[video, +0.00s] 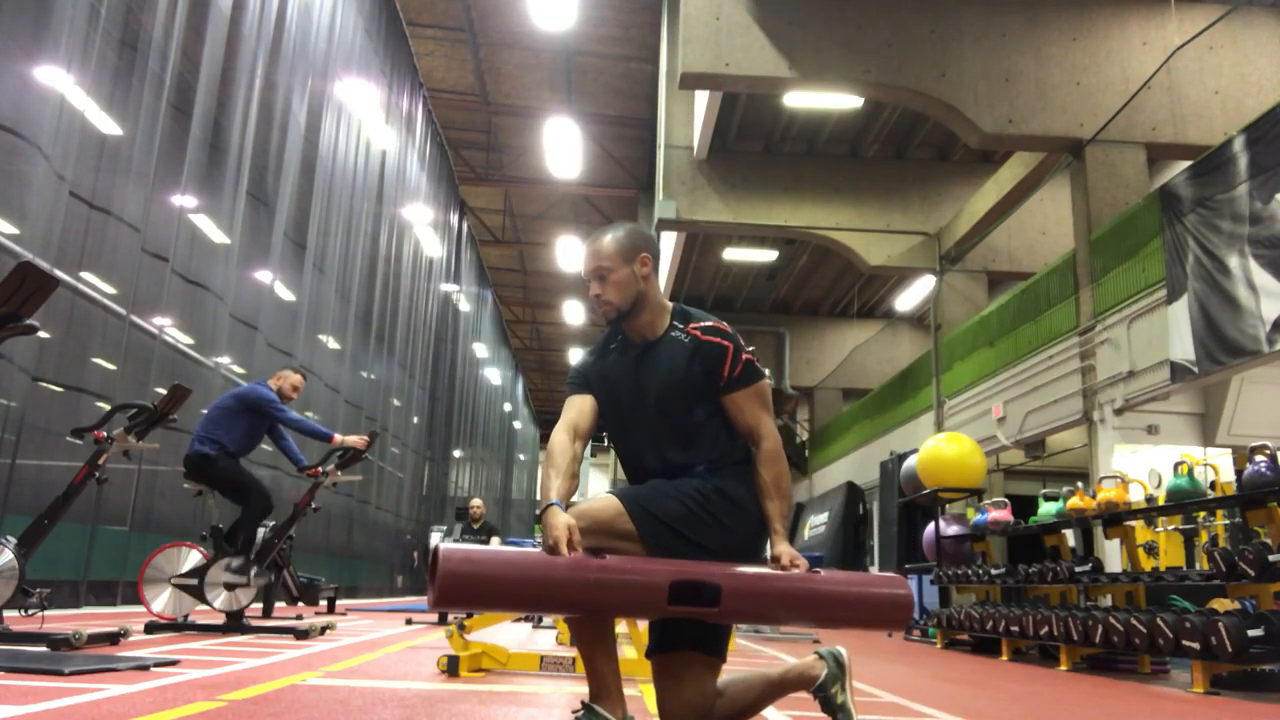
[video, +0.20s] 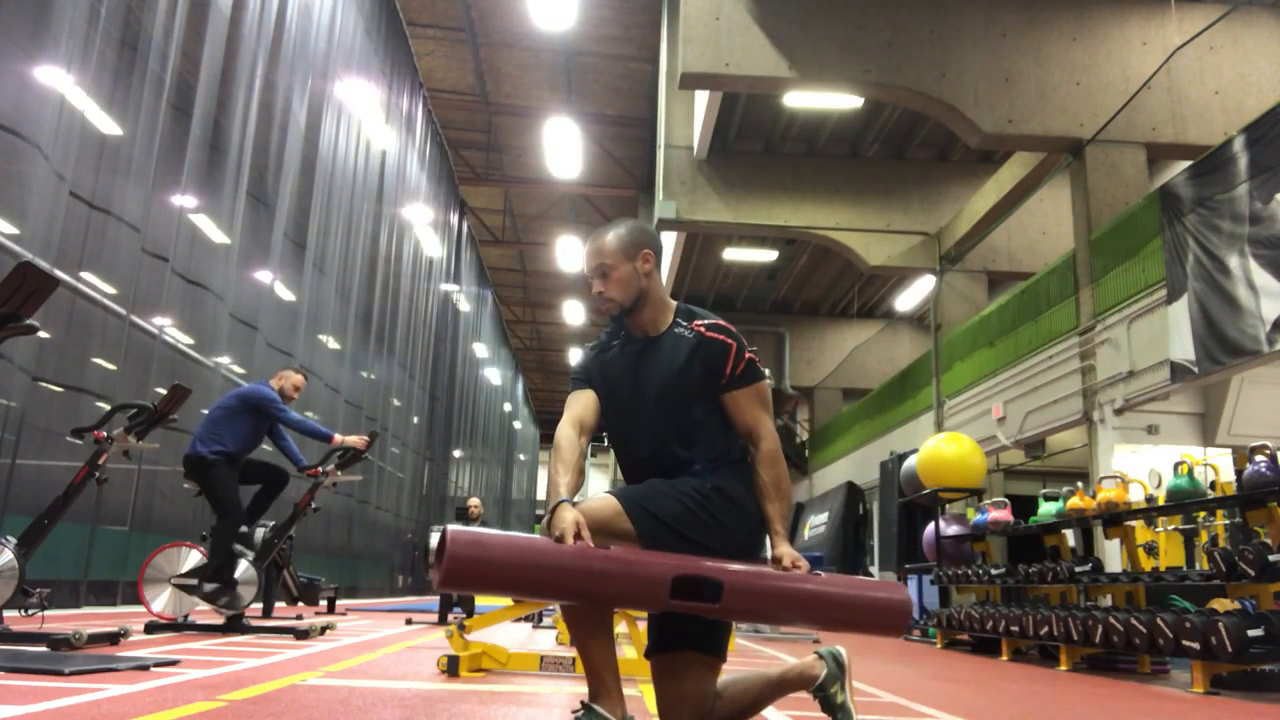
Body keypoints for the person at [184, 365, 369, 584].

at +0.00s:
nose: (294, 396)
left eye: (298, 393)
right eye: (293, 388)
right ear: (277, 379)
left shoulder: (267, 406)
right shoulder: (259, 393)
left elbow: (282, 439)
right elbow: (293, 420)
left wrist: (305, 467)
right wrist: (340, 439)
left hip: (218, 459)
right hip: (207, 458)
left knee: (260, 502)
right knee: (259, 501)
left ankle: (226, 547)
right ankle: (238, 561)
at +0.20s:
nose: (296, 395)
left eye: (299, 392)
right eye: (295, 388)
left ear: (283, 385)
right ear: (279, 379)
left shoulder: (266, 402)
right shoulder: (260, 393)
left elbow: (280, 439)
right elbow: (295, 422)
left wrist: (305, 467)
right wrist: (341, 440)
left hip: (227, 462)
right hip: (208, 460)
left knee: (278, 476)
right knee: (232, 516)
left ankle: (244, 527)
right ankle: (216, 583)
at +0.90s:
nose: (294, 394)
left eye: (298, 391)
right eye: (293, 387)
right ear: (278, 377)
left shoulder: (265, 401)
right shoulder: (260, 392)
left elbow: (279, 439)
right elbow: (296, 422)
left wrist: (305, 467)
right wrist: (342, 439)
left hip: (226, 461)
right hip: (207, 461)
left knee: (274, 487)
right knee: (241, 510)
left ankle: (229, 530)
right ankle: (227, 579)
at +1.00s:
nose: (295, 394)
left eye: (299, 391)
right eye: (294, 387)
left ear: (281, 384)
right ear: (279, 378)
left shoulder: (265, 401)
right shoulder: (259, 392)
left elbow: (279, 438)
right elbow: (295, 421)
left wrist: (304, 467)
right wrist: (341, 439)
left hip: (228, 462)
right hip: (207, 460)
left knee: (278, 477)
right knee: (232, 515)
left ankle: (242, 528)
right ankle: (209, 580)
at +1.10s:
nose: (295, 396)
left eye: (298, 393)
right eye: (293, 388)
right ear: (278, 379)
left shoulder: (265, 403)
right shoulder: (257, 393)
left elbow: (280, 439)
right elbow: (295, 422)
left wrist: (304, 467)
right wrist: (341, 439)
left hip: (226, 462)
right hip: (204, 460)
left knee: (275, 484)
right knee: (239, 511)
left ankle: (253, 541)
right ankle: (195, 569)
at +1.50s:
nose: (294, 396)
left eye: (297, 393)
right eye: (293, 389)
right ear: (278, 379)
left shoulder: (265, 406)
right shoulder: (257, 393)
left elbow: (280, 440)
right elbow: (295, 422)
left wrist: (303, 467)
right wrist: (342, 439)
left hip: (212, 459)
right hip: (205, 456)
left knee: (252, 510)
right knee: (264, 481)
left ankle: (226, 544)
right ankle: (241, 544)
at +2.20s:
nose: (295, 396)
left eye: (298, 393)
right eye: (294, 389)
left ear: (282, 384)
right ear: (279, 378)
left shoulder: (263, 403)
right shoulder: (258, 393)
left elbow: (280, 439)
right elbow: (294, 422)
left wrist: (304, 467)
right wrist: (341, 439)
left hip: (213, 460)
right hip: (206, 456)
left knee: (247, 517)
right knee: (267, 471)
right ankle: (230, 530)